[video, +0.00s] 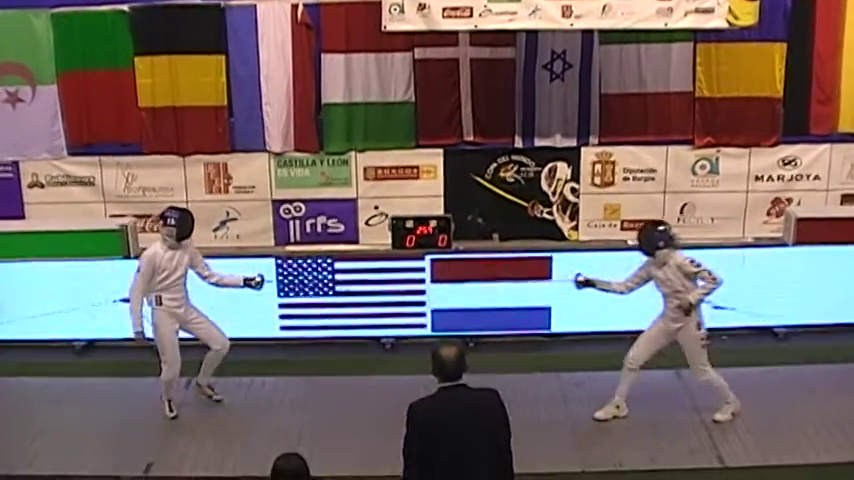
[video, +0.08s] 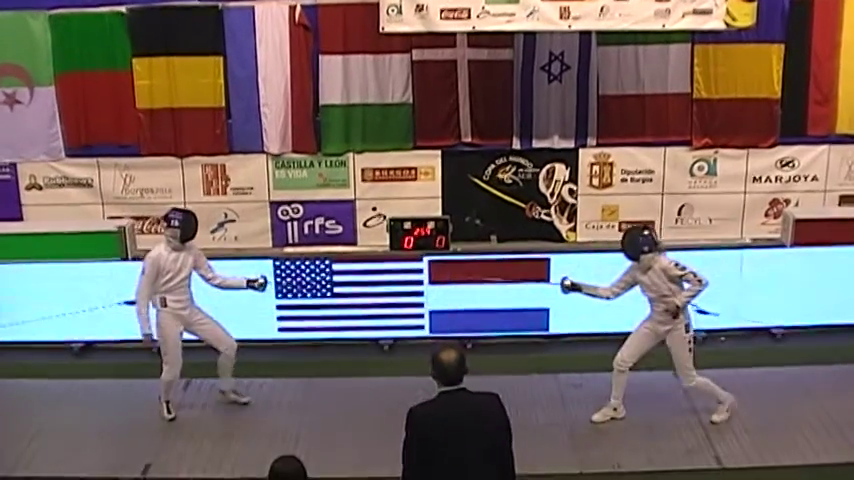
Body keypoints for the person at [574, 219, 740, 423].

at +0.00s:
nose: (649, 255)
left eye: (651, 250)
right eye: (648, 251)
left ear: (661, 246)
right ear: (652, 249)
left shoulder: (680, 262)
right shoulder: (651, 267)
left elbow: (712, 281)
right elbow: (624, 287)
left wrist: (692, 300)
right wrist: (592, 284)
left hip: (689, 323)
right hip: (666, 321)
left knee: (702, 372)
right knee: (632, 360)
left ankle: (732, 403)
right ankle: (618, 405)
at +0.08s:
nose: (638, 260)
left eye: (639, 255)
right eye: (636, 257)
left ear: (648, 250)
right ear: (636, 255)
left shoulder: (666, 265)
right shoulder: (636, 271)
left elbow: (700, 282)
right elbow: (610, 293)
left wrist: (680, 302)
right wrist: (577, 288)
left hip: (677, 325)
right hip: (654, 323)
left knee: (689, 380)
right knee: (621, 362)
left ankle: (725, 399)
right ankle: (615, 406)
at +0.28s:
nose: (624, 268)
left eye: (625, 263)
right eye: (621, 264)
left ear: (634, 255)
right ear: (618, 262)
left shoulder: (653, 266)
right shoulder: (620, 275)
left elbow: (688, 275)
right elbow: (596, 297)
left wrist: (671, 297)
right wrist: (561, 294)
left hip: (672, 320)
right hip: (648, 321)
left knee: (677, 378)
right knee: (621, 367)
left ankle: (703, 414)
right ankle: (614, 409)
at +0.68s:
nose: (643, 272)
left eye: (644, 266)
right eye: (638, 269)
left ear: (650, 258)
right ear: (632, 267)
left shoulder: (668, 268)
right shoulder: (631, 278)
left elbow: (701, 276)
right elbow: (604, 299)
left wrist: (687, 299)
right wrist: (568, 296)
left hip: (684, 327)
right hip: (658, 329)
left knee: (701, 380)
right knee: (633, 377)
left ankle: (724, 423)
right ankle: (627, 421)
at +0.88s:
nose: (662, 283)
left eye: (663, 279)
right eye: (659, 280)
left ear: (670, 272)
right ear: (656, 278)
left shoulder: (689, 282)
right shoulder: (654, 291)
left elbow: (723, 291)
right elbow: (629, 314)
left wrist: (708, 314)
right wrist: (598, 304)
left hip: (705, 342)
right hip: (677, 342)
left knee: (719, 395)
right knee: (642, 382)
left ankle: (743, 420)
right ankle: (629, 422)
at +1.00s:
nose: (674, 276)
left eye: (676, 270)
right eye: (669, 273)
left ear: (683, 262)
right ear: (665, 270)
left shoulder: (701, 271)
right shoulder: (668, 283)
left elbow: (737, 273)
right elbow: (643, 308)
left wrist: (725, 300)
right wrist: (610, 302)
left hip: (722, 330)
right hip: (695, 332)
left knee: (734, 384)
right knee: (664, 376)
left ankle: (745, 421)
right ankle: (641, 420)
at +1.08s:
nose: (677, 273)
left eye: (679, 268)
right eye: (674, 270)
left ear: (688, 259)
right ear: (672, 267)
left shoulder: (707, 266)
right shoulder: (673, 280)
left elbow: (742, 269)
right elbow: (647, 303)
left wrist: (731, 295)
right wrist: (613, 300)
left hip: (728, 325)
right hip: (702, 327)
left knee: (741, 378)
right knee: (673, 372)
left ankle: (752, 420)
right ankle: (667, 420)